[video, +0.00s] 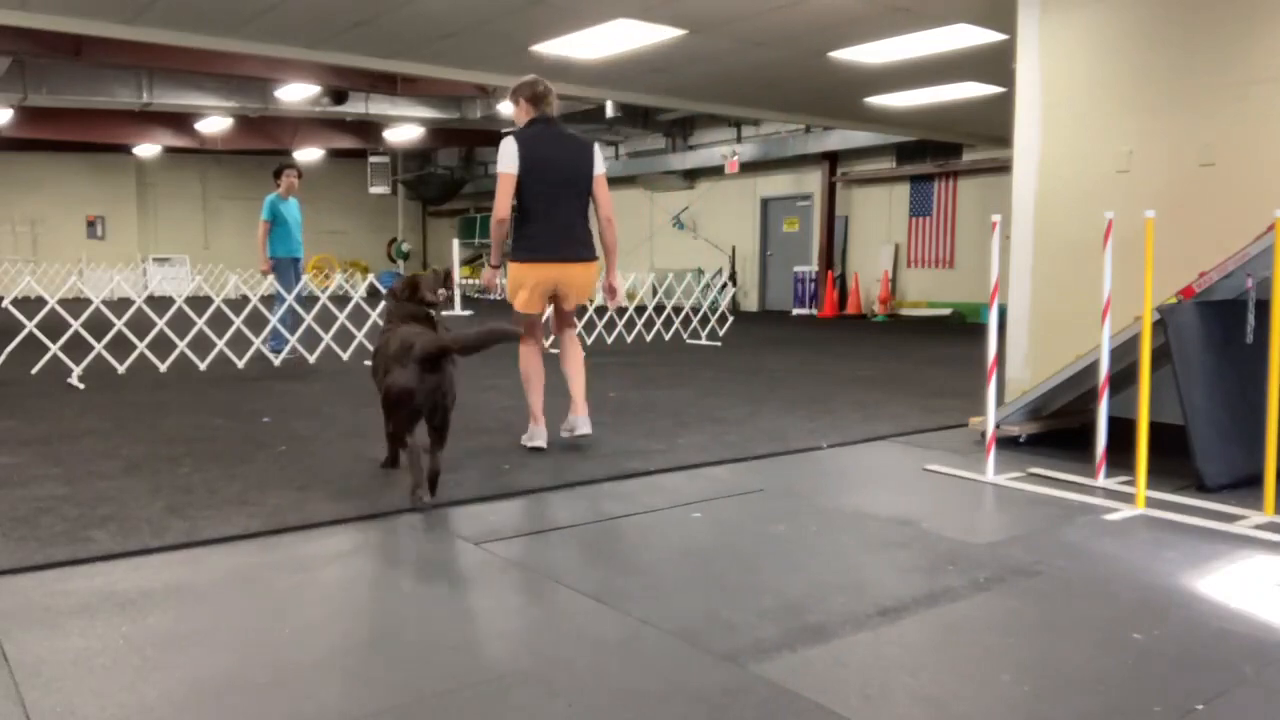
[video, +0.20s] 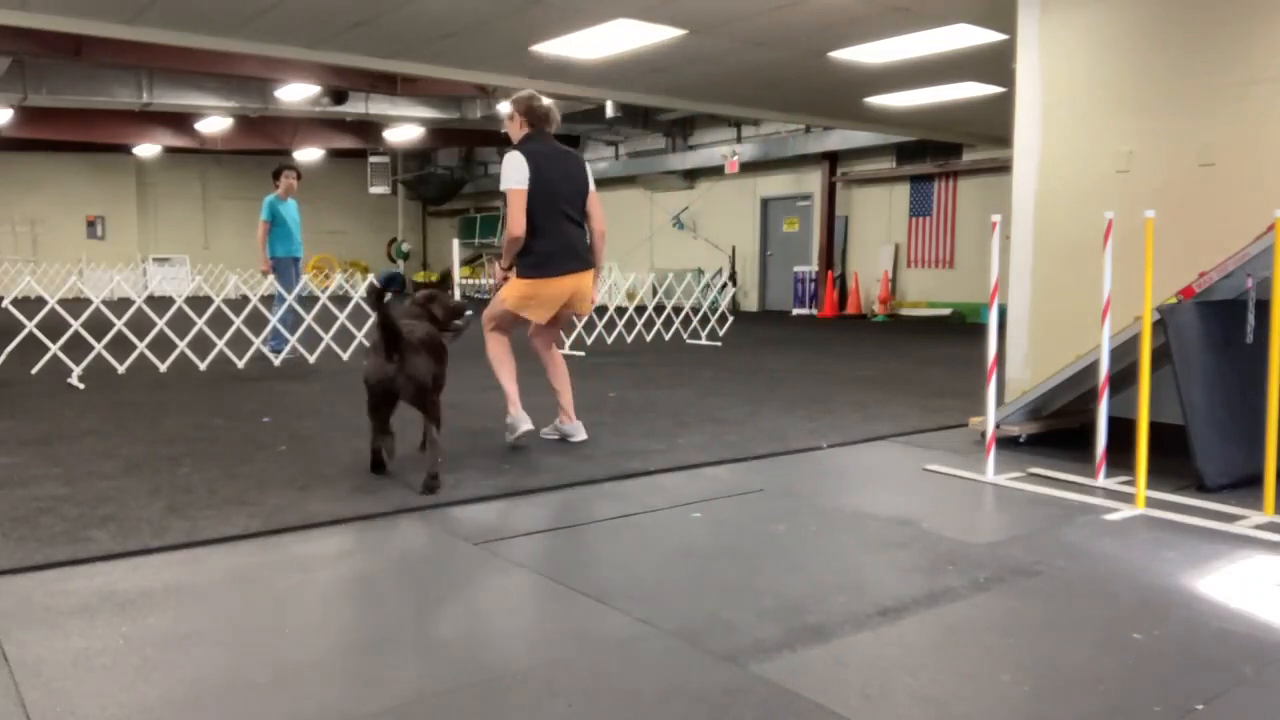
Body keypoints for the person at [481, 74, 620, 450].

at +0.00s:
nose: (513, 114)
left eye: (514, 107)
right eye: (513, 108)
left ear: (525, 106)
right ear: (551, 106)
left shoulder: (514, 143)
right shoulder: (588, 147)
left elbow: (501, 215)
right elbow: (606, 216)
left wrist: (494, 262)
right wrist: (612, 270)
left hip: (531, 263)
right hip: (579, 263)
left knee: (529, 334)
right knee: (568, 326)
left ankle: (537, 424)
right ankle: (580, 413)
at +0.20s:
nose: (507, 126)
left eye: (509, 119)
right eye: (508, 119)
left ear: (522, 120)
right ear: (544, 122)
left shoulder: (517, 157)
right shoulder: (576, 160)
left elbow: (517, 230)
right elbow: (598, 225)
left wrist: (505, 261)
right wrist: (596, 273)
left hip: (540, 274)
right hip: (580, 272)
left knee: (494, 324)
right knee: (543, 337)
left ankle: (515, 412)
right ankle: (569, 419)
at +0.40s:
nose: (498, 113)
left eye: (497, 106)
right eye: (498, 107)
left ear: (506, 104)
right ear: (537, 104)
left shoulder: (504, 141)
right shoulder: (574, 142)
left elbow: (505, 219)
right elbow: (597, 209)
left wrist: (498, 249)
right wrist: (576, 243)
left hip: (523, 266)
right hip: (570, 265)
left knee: (497, 341)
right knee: (556, 339)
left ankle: (509, 436)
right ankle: (565, 416)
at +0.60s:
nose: (501, 91)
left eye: (501, 84)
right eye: (501, 84)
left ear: (511, 80)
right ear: (543, 78)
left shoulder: (508, 117)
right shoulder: (581, 119)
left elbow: (504, 206)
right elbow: (598, 193)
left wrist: (491, 242)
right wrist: (564, 174)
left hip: (525, 254)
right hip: (577, 253)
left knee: (504, 342)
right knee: (545, 338)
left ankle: (507, 442)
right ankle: (571, 421)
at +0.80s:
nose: (514, 87)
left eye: (514, 80)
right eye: (513, 81)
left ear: (523, 75)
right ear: (562, 70)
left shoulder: (516, 113)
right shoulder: (602, 109)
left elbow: (506, 205)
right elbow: (612, 188)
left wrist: (500, 255)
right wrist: (572, 209)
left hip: (541, 255)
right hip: (599, 256)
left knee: (499, 342)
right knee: (560, 356)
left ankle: (521, 444)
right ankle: (575, 473)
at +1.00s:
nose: (531, 59)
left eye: (530, 53)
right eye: (533, 54)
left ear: (540, 51)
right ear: (584, 49)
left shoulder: (520, 94)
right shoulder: (621, 90)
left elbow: (504, 194)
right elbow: (637, 181)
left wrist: (507, 245)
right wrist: (601, 192)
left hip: (542, 250)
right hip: (611, 250)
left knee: (544, 382)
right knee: (595, 360)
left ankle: (550, 518)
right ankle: (599, 482)